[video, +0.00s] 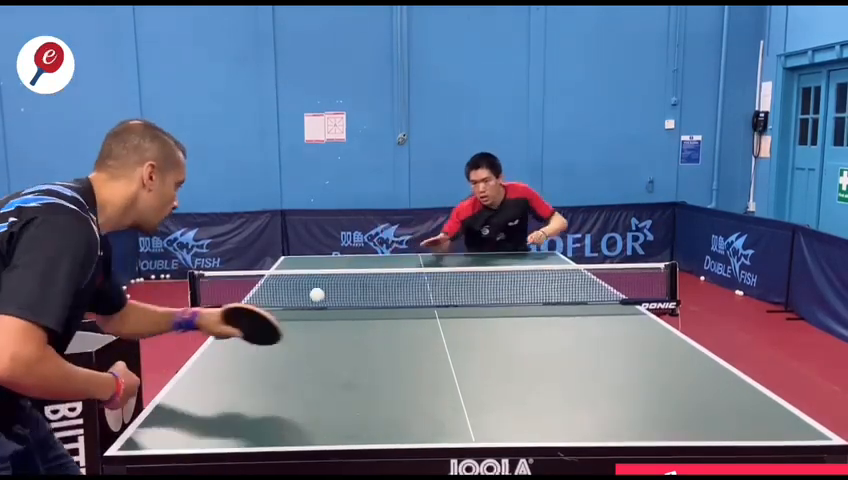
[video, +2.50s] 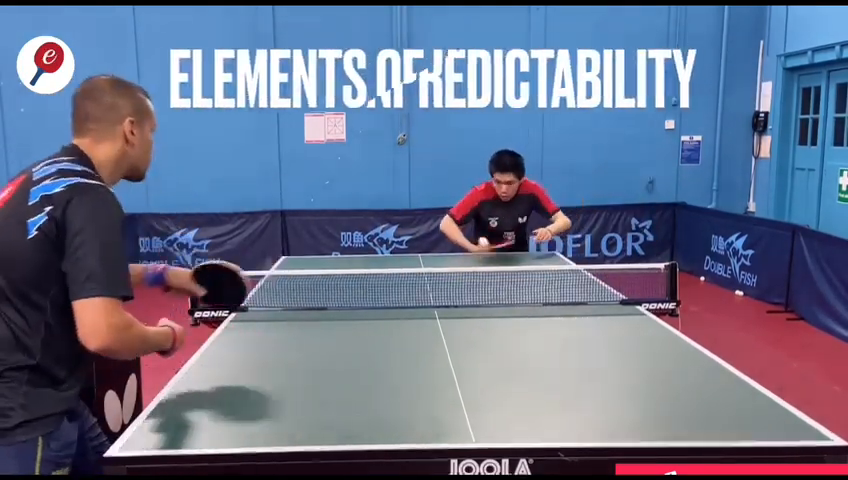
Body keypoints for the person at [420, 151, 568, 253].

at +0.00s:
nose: (481, 189)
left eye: (486, 181)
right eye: (475, 184)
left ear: (500, 178)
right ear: (471, 185)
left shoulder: (522, 194)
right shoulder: (465, 210)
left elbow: (561, 222)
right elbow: (445, 244)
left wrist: (545, 232)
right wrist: (440, 245)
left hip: (519, 272)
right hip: (479, 275)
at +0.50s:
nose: (518, 203)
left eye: (521, 195)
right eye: (514, 200)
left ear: (539, 192)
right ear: (512, 202)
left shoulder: (548, 207)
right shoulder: (558, 205)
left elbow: (531, 249)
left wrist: (502, 237)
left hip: (589, 276)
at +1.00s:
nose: (641, 166)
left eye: (648, 161)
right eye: (636, 159)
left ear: (655, 164)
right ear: (626, 159)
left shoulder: (648, 190)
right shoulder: (614, 182)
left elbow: (653, 220)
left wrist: (657, 230)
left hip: (626, 257)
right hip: (593, 257)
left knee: (664, 291)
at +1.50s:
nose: (552, 130)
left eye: (558, 123)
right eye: (546, 124)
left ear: (567, 123)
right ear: (538, 126)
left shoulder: (584, 148)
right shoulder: (526, 156)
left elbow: (604, 175)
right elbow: (509, 198)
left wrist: (592, 196)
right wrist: (523, 206)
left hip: (564, 219)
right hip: (530, 219)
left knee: (571, 271)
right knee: (508, 268)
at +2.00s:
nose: (503, 193)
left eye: (508, 186)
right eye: (497, 187)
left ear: (519, 182)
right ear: (490, 185)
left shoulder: (539, 189)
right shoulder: (484, 198)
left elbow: (567, 200)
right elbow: (475, 242)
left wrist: (554, 237)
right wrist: (485, 238)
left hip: (537, 256)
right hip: (503, 258)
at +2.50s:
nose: (503, 189)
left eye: (509, 183)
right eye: (498, 182)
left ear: (521, 179)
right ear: (492, 177)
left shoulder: (531, 189)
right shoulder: (479, 193)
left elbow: (564, 221)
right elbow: (446, 224)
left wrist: (550, 230)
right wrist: (472, 248)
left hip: (520, 262)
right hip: (486, 263)